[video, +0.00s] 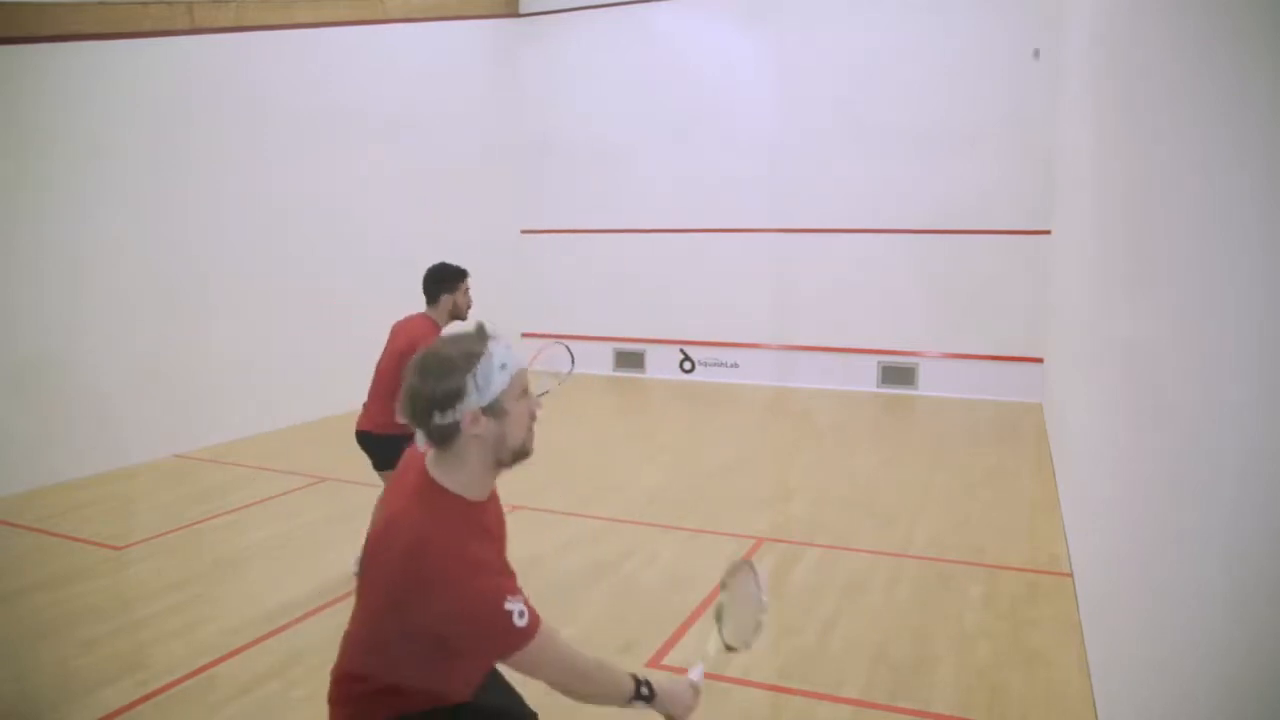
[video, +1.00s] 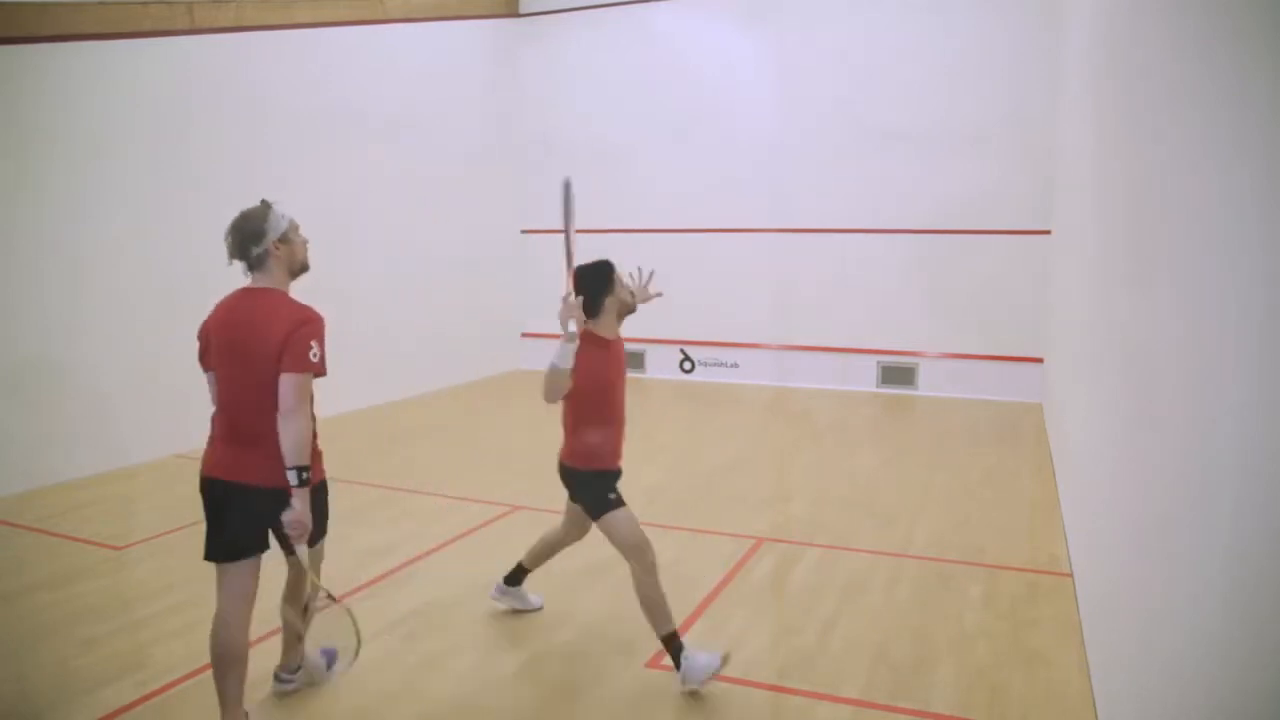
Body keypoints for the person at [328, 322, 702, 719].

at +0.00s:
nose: (536, 407)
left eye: (529, 393)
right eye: (523, 397)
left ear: (474, 422)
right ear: (476, 422)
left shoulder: (431, 462)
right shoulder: (452, 564)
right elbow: (569, 672)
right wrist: (651, 692)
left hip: (458, 673)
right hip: (395, 705)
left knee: (522, 713)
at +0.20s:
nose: (453, 298)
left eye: (448, 285)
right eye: (445, 285)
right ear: (416, 301)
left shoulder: (351, 375)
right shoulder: (400, 421)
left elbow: (301, 456)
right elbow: (460, 564)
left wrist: (287, 516)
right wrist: (538, 623)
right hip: (377, 632)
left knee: (457, 705)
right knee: (459, 709)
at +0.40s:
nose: (383, 259)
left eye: (377, 245)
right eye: (375, 246)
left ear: (312, 265)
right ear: (351, 257)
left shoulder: (266, 347)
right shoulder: (363, 366)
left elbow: (232, 453)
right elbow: (415, 503)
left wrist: (219, 537)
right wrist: (473, 575)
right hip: (299, 581)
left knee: (385, 669)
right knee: (349, 705)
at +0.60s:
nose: (335, 256)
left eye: (327, 245)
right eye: (325, 247)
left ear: (275, 269)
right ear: (303, 262)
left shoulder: (227, 344)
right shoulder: (318, 355)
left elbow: (191, 441)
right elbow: (350, 476)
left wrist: (189, 528)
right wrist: (392, 562)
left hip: (225, 540)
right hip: (279, 551)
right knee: (291, 696)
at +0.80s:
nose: (306, 245)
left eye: (300, 236)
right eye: (297, 239)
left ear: (257, 260)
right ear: (277, 256)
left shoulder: (207, 330)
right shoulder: (302, 335)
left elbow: (188, 430)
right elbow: (292, 438)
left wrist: (209, 494)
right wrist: (295, 527)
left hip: (213, 514)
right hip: (274, 521)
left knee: (231, 621)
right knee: (303, 640)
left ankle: (223, 715)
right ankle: (265, 716)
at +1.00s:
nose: (307, 244)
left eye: (301, 235)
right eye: (298, 237)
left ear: (253, 255)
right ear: (278, 250)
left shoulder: (217, 317)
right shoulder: (299, 321)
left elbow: (221, 402)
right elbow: (293, 412)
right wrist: (299, 494)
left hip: (225, 481)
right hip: (288, 481)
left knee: (232, 606)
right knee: (303, 570)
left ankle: (232, 712)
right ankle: (292, 664)